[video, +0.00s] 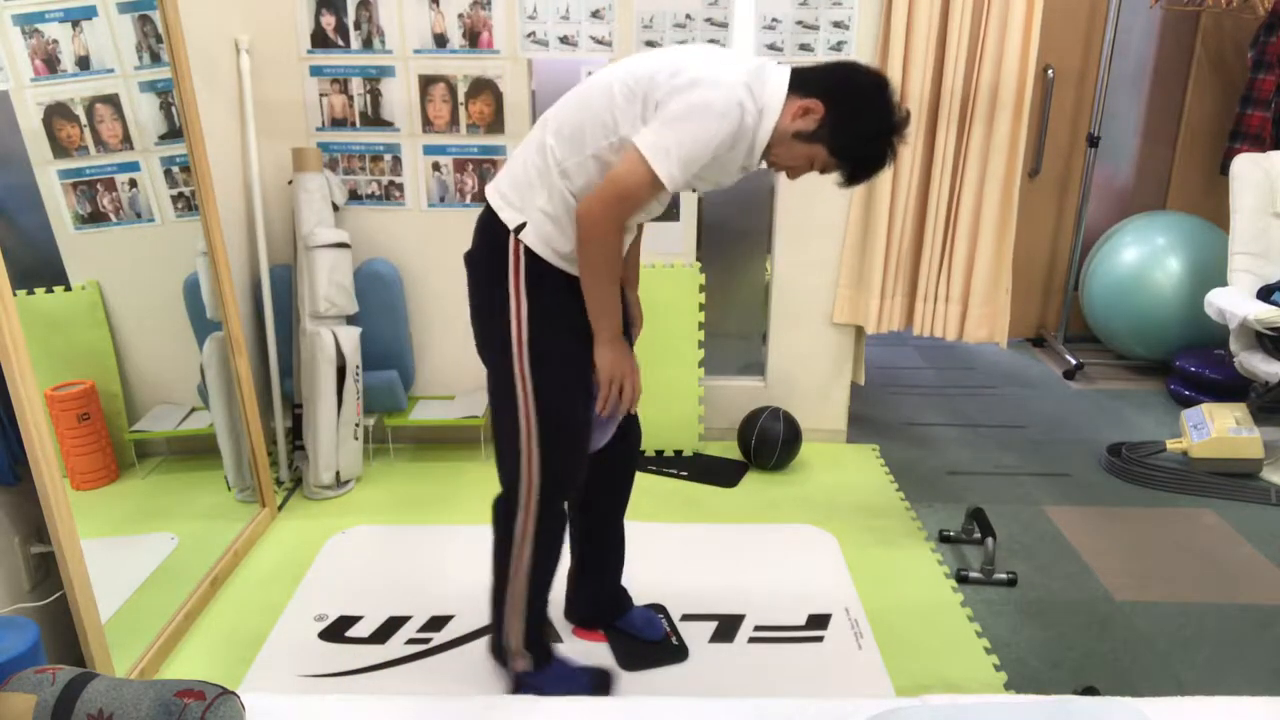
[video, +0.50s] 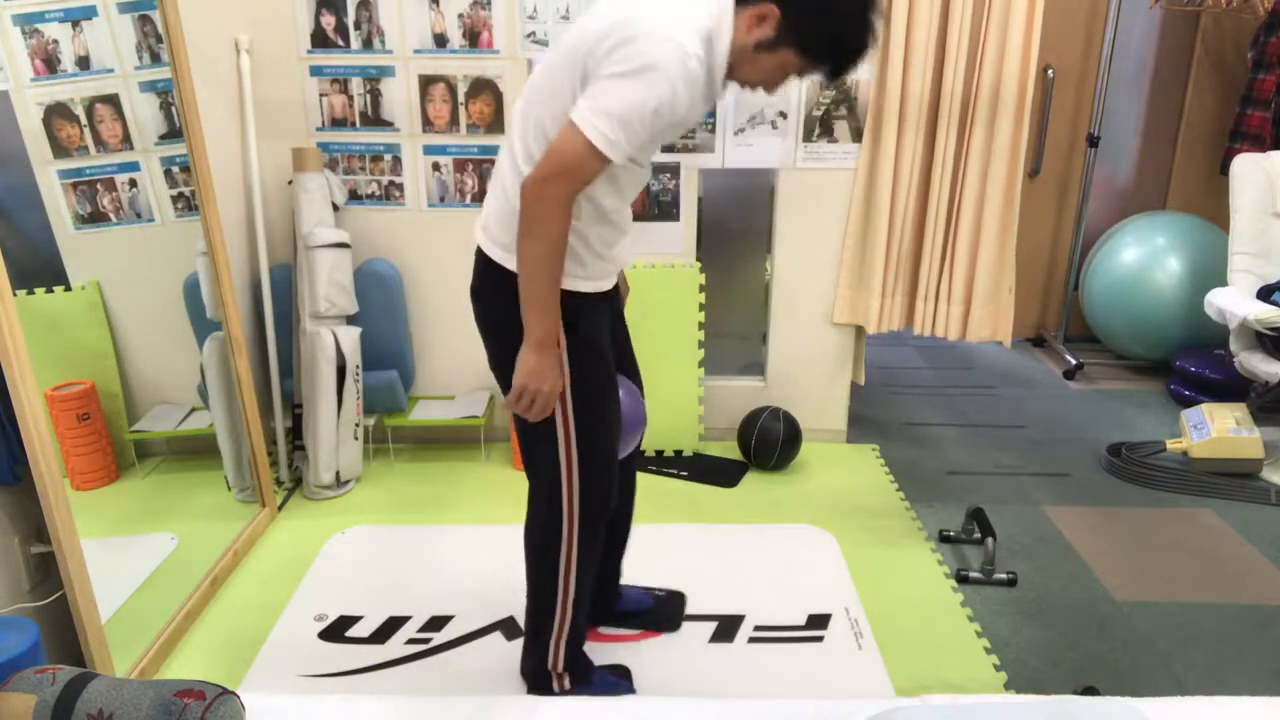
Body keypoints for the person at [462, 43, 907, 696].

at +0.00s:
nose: (800, 173)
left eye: (817, 170)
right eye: (817, 162)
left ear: (807, 109)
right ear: (809, 114)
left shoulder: (745, 115)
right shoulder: (724, 106)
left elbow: (630, 202)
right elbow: (598, 211)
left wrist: (627, 295)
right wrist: (609, 342)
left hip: (584, 250)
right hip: (525, 244)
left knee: (610, 441)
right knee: (545, 458)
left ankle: (597, 602)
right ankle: (520, 649)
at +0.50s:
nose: (778, 88)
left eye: (793, 78)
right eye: (788, 71)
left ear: (761, 17)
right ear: (762, 21)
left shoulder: (700, 44)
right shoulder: (666, 63)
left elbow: (603, 171)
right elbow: (545, 187)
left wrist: (611, 261)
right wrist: (541, 339)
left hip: (586, 276)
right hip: (539, 282)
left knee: (618, 435)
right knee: (576, 471)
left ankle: (594, 595)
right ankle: (554, 669)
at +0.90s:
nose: (754, 42)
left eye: (767, 32)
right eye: (763, 24)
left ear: (734, 2)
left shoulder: (662, 30)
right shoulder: (624, 43)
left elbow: (588, 168)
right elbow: (534, 192)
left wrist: (609, 251)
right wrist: (569, 343)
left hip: (588, 276)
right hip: (535, 286)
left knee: (615, 441)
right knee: (571, 477)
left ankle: (598, 594)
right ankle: (553, 667)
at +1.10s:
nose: (740, 24)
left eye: (753, 14)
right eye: (749, 7)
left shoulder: (649, 26)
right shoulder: (608, 37)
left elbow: (583, 181)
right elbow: (527, 191)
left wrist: (601, 309)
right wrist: (558, 342)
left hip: (586, 281)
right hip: (542, 290)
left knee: (603, 451)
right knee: (571, 479)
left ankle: (601, 590)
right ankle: (553, 666)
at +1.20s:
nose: (737, 14)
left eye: (744, 5)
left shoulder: (645, 21)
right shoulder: (606, 38)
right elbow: (532, 194)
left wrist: (604, 324)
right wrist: (555, 349)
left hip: (589, 280)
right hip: (549, 292)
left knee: (601, 450)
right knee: (572, 477)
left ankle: (594, 587)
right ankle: (554, 669)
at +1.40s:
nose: (729, 6)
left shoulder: (638, 21)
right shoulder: (606, 31)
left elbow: (574, 178)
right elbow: (533, 192)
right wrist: (556, 346)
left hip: (587, 279)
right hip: (550, 290)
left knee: (600, 444)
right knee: (567, 475)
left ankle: (586, 586)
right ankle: (553, 666)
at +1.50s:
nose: (728, 7)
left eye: (734, 1)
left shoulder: (640, 19)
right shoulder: (608, 29)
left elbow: (573, 173)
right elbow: (535, 185)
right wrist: (562, 341)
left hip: (587, 276)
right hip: (547, 287)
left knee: (603, 438)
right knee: (566, 473)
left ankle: (589, 583)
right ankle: (553, 666)